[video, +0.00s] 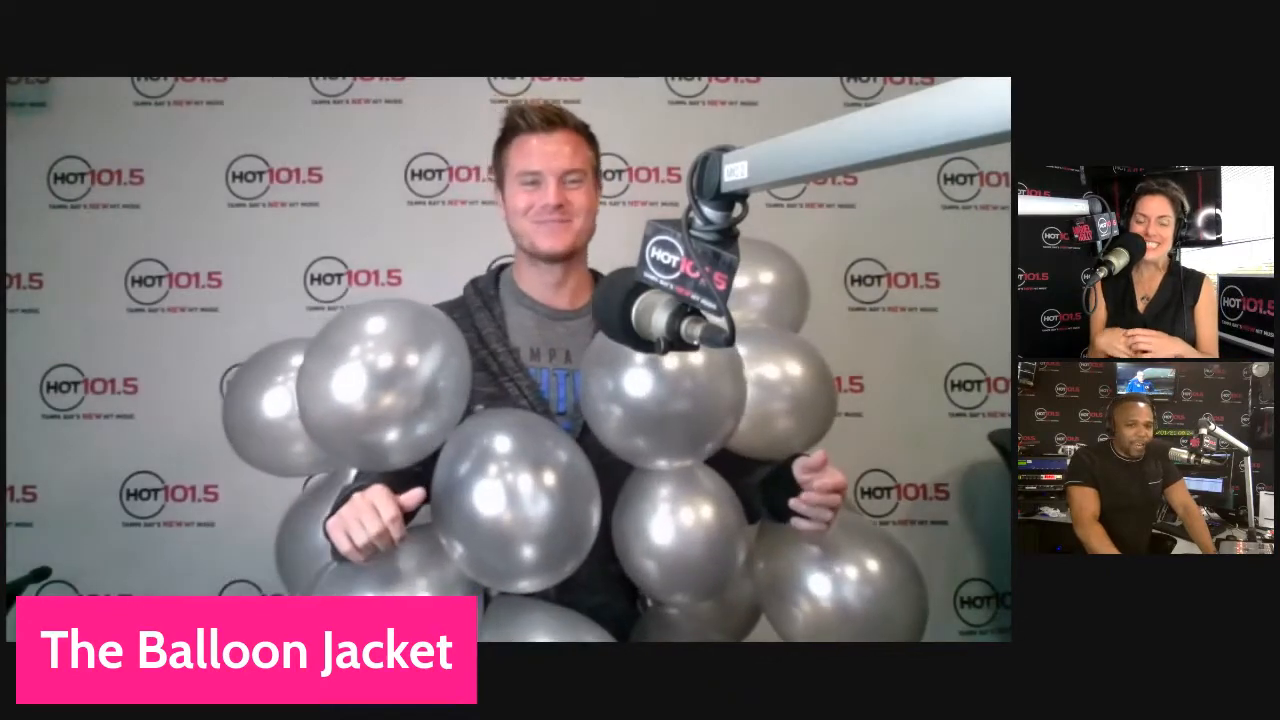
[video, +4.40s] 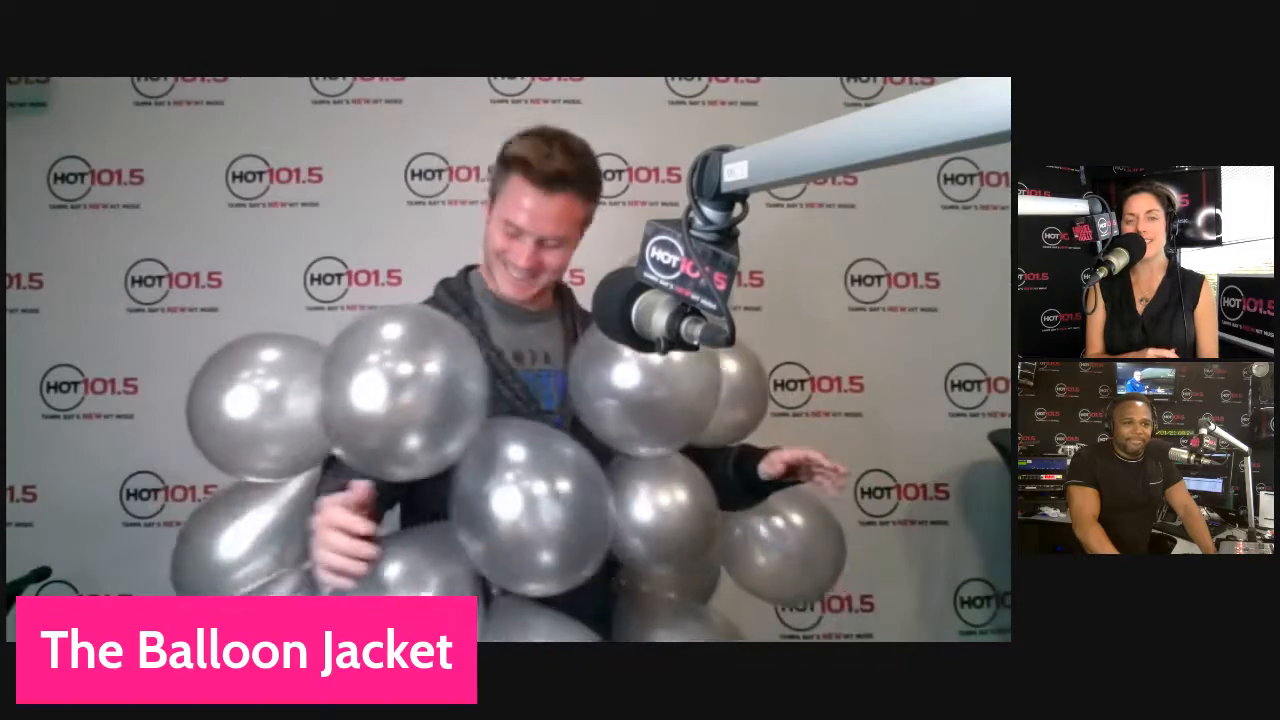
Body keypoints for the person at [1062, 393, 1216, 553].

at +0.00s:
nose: (1142, 433)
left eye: (1148, 425)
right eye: (1131, 425)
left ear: (1154, 428)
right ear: (1112, 427)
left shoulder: (1157, 458)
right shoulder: (1087, 460)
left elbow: (1186, 508)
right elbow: (1086, 524)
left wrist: (1211, 552)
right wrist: (1118, 560)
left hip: (1144, 556)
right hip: (1100, 556)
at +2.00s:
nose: (1134, 429)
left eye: (1142, 422)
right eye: (1125, 422)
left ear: (1151, 428)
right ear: (1111, 427)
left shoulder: (1158, 458)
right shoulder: (1088, 461)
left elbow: (1188, 509)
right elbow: (1086, 525)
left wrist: (1211, 553)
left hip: (1143, 556)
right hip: (1100, 557)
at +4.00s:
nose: (1138, 431)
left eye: (1145, 424)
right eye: (1128, 423)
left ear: (1153, 429)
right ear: (1112, 427)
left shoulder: (1158, 458)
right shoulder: (1088, 461)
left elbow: (1188, 509)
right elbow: (1086, 525)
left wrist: (1211, 553)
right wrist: (1120, 565)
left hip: (1142, 557)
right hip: (1096, 560)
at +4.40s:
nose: (1138, 430)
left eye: (1145, 424)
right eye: (1128, 422)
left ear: (1152, 429)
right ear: (1112, 427)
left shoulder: (1159, 458)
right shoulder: (1088, 461)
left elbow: (1187, 508)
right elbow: (1085, 525)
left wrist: (1211, 553)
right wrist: (1120, 565)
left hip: (1142, 557)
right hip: (1097, 558)